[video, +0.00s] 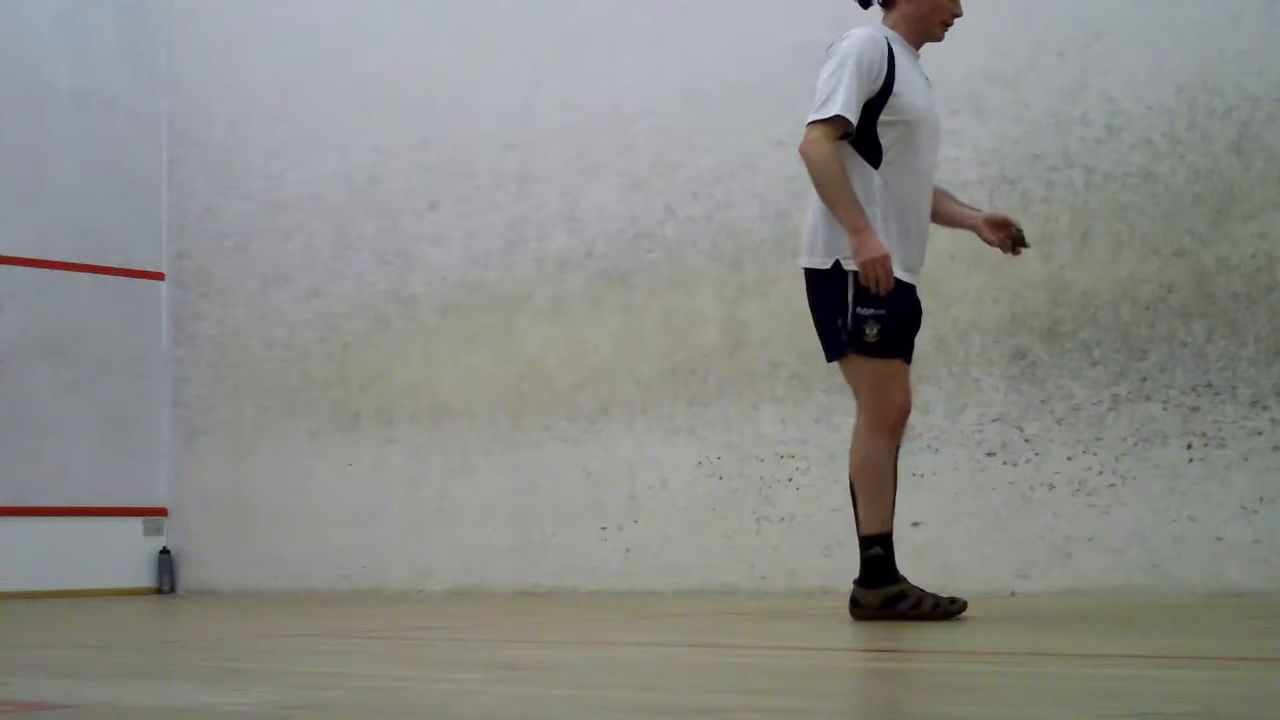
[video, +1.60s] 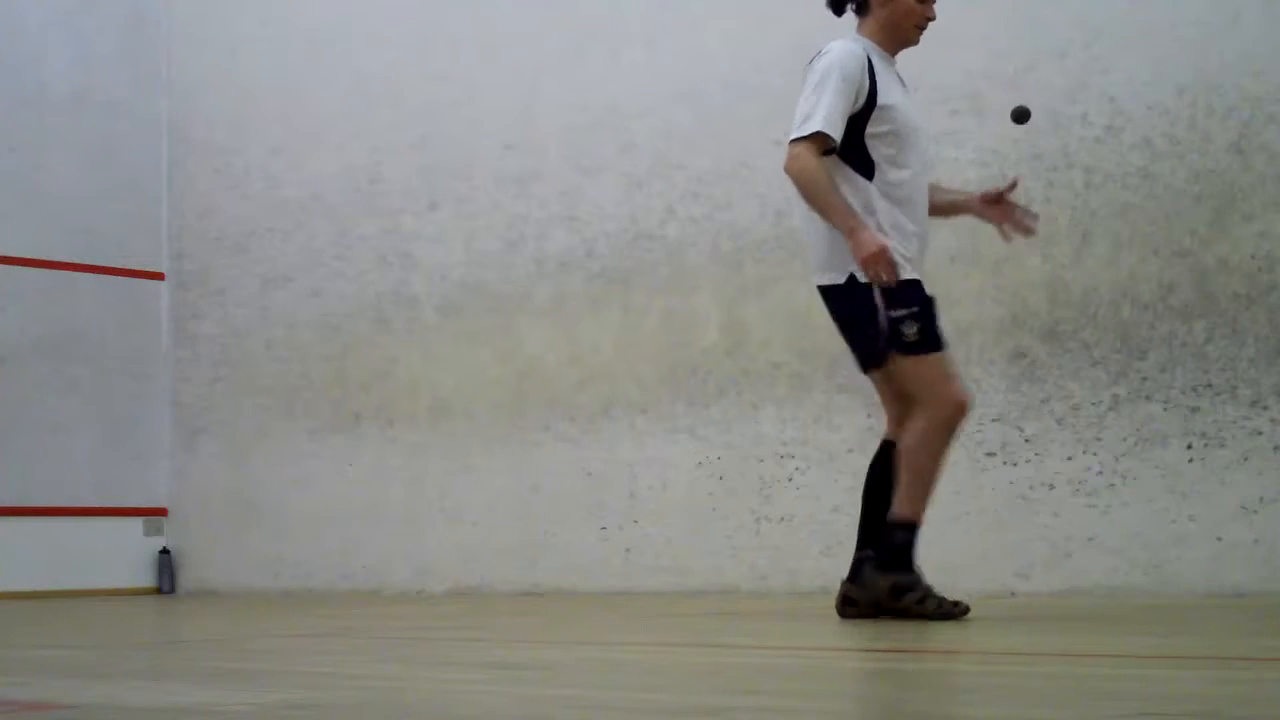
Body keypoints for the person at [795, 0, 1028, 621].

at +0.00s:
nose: (958, 11)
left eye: (957, 3)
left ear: (914, 4)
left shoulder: (910, 68)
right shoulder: (866, 46)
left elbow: (907, 187)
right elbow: (818, 144)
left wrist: (977, 220)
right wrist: (861, 235)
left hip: (886, 265)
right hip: (854, 263)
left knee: (882, 414)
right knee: (884, 411)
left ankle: (878, 578)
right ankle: (877, 580)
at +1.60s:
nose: (932, 12)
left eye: (932, 3)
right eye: (923, 1)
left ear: (886, 7)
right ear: (882, 2)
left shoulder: (883, 73)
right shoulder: (845, 58)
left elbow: (896, 191)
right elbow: (802, 159)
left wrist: (975, 203)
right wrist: (859, 234)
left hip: (880, 269)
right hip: (868, 269)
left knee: (908, 418)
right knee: (942, 401)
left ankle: (869, 577)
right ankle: (894, 568)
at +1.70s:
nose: (927, 26)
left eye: (928, 15)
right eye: (917, 13)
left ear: (888, 18)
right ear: (875, 12)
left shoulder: (878, 89)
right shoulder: (842, 75)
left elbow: (891, 207)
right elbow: (792, 176)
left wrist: (963, 233)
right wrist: (846, 246)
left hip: (881, 274)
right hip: (879, 270)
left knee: (928, 432)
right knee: (1012, 343)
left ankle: (869, 582)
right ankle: (939, 484)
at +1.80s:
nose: (928, 38)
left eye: (930, 26)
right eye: (919, 24)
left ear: (896, 28)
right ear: (877, 22)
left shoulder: (882, 96)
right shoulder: (843, 85)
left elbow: (878, 197)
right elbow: (790, 183)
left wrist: (932, 237)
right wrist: (848, 259)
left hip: (881, 277)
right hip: (880, 267)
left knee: (937, 430)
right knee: (1031, 257)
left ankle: (869, 582)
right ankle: (969, 405)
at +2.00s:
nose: (931, 21)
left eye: (934, 11)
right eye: (918, 9)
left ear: (931, 20)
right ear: (878, 12)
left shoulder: (907, 92)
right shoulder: (848, 72)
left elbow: (917, 205)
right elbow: (785, 167)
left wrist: (993, 286)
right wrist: (835, 216)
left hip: (898, 268)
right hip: (874, 262)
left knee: (935, 431)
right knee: (1028, 233)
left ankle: (869, 581)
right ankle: (936, 377)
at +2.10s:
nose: (927, 13)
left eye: (934, 4)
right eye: (912, 2)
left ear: (940, 16)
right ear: (879, 12)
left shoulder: (935, 105)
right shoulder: (850, 69)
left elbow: (963, 206)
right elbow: (777, 152)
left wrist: (1020, 269)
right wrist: (771, 179)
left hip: (894, 263)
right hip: (872, 255)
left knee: (948, 431)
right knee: (1017, 304)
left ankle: (870, 581)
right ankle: (917, 446)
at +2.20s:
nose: (925, 8)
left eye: (934, 0)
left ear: (944, 13)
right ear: (882, 12)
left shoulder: (956, 99)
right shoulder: (852, 72)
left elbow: (1009, 177)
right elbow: (773, 149)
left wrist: (1043, 217)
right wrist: (705, 179)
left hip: (917, 266)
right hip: (875, 258)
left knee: (948, 435)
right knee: (989, 361)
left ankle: (870, 581)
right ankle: (931, 534)